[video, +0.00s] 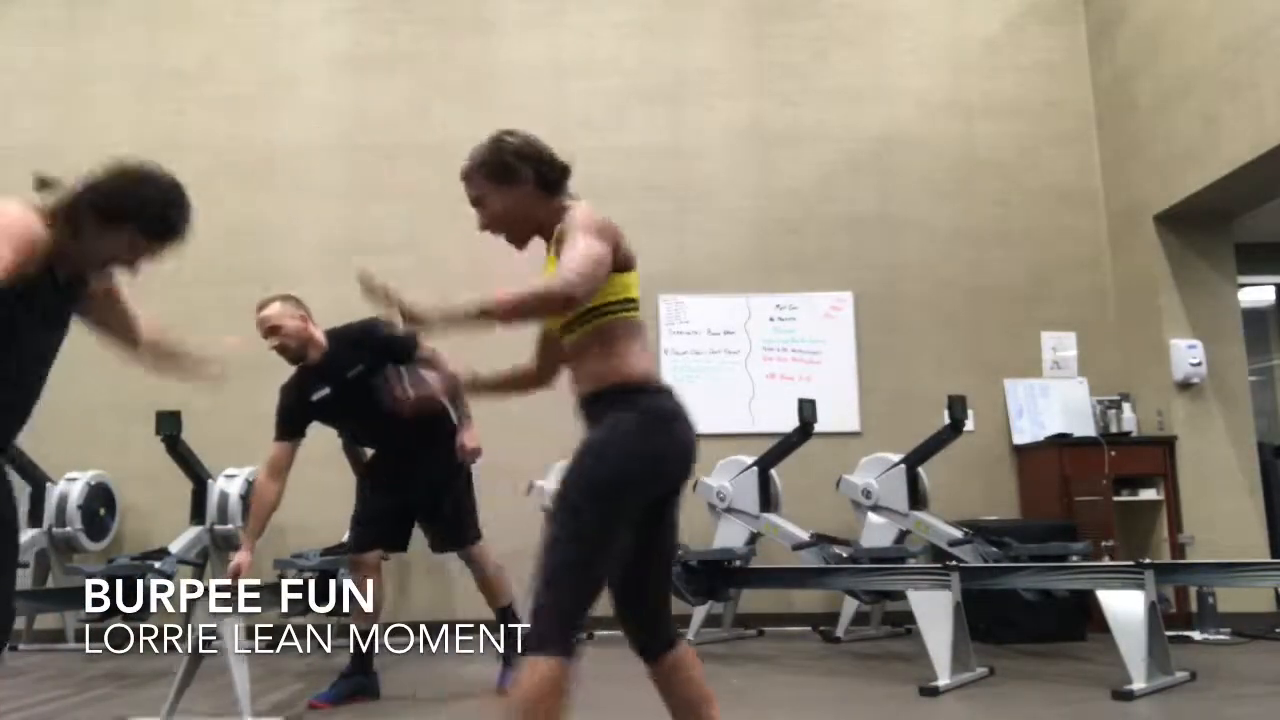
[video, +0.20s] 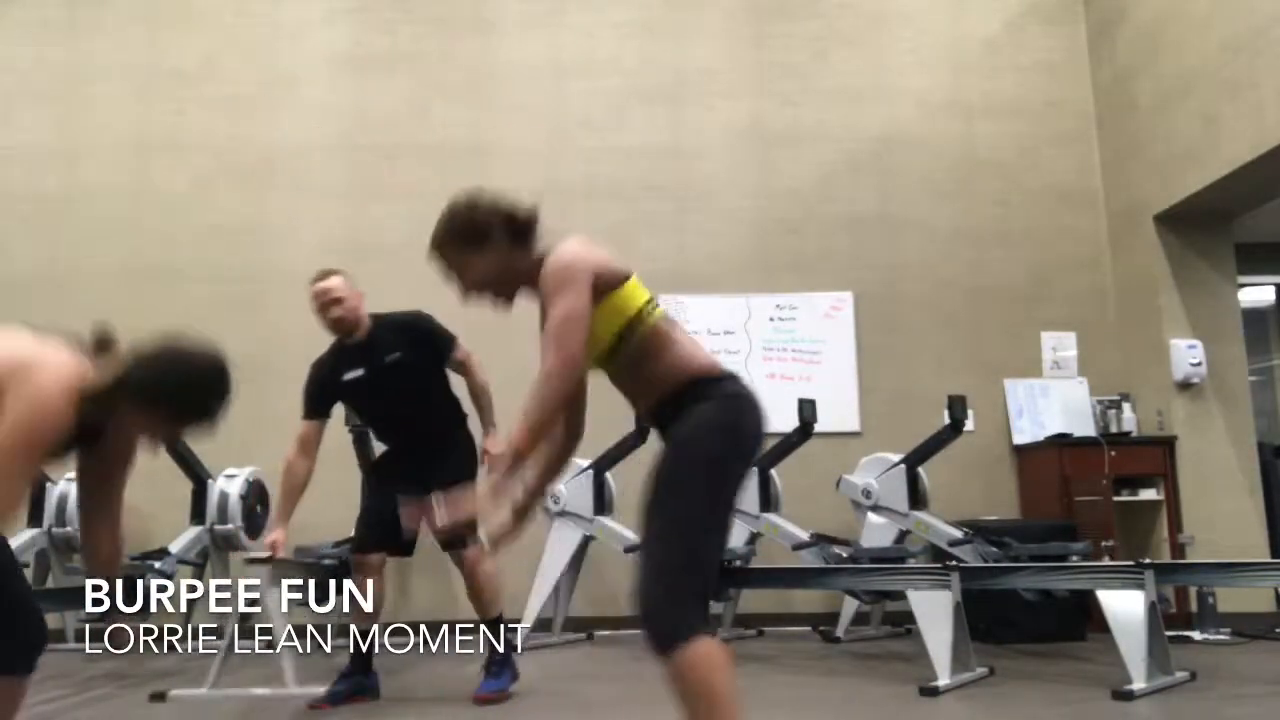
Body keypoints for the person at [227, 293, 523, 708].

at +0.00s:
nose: (272, 343)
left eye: (275, 330)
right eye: (266, 337)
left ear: (305, 319)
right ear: (271, 342)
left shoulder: (369, 337)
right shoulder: (297, 394)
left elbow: (438, 362)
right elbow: (273, 473)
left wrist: (466, 423)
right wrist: (246, 546)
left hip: (436, 444)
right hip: (385, 458)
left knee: (469, 545)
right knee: (364, 557)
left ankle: (516, 642)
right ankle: (362, 671)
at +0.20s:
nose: (332, 312)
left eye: (337, 301)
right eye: (323, 308)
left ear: (359, 298)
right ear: (318, 317)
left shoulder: (414, 329)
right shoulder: (327, 372)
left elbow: (469, 367)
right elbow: (304, 450)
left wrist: (490, 432)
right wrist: (280, 523)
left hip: (450, 450)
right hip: (393, 461)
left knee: (466, 551)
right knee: (365, 562)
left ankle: (501, 657)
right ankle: (361, 671)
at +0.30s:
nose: (388, 299)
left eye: (392, 289)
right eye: (378, 294)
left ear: (406, 288)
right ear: (365, 302)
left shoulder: (446, 331)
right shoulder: (360, 360)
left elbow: (494, 375)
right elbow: (337, 435)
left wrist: (508, 438)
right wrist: (311, 507)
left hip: (465, 451)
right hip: (413, 457)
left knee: (462, 554)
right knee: (373, 557)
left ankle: (493, 667)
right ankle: (361, 671)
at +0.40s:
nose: (440, 290)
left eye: (445, 280)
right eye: (430, 283)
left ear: (456, 280)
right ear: (411, 289)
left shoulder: (491, 326)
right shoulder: (402, 347)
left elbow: (533, 382)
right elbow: (374, 421)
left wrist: (536, 456)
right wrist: (350, 492)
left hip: (492, 461)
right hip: (441, 463)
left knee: (478, 557)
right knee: (398, 562)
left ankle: (491, 668)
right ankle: (363, 666)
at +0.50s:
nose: (481, 285)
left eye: (487, 276)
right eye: (471, 278)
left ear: (497, 277)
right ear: (451, 282)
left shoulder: (524, 326)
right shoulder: (436, 339)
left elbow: (563, 381)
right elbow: (412, 411)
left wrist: (574, 446)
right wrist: (392, 474)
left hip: (516, 456)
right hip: (468, 458)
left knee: (494, 556)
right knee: (431, 544)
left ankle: (492, 667)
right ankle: (431, 657)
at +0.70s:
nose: (537, 285)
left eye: (542, 277)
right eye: (528, 277)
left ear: (549, 280)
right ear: (507, 281)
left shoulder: (571, 330)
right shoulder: (485, 337)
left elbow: (604, 386)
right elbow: (467, 405)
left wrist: (625, 446)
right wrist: (456, 473)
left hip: (556, 455)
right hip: (512, 457)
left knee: (542, 555)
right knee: (515, 558)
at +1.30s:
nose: (663, 300)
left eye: (666, 291)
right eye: (653, 294)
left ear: (671, 290)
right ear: (632, 298)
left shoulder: (701, 331)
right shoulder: (621, 352)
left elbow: (738, 383)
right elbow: (615, 423)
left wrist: (755, 441)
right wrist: (619, 488)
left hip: (701, 456)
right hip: (653, 460)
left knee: (709, 550)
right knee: (642, 549)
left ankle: (719, 644)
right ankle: (643, 645)